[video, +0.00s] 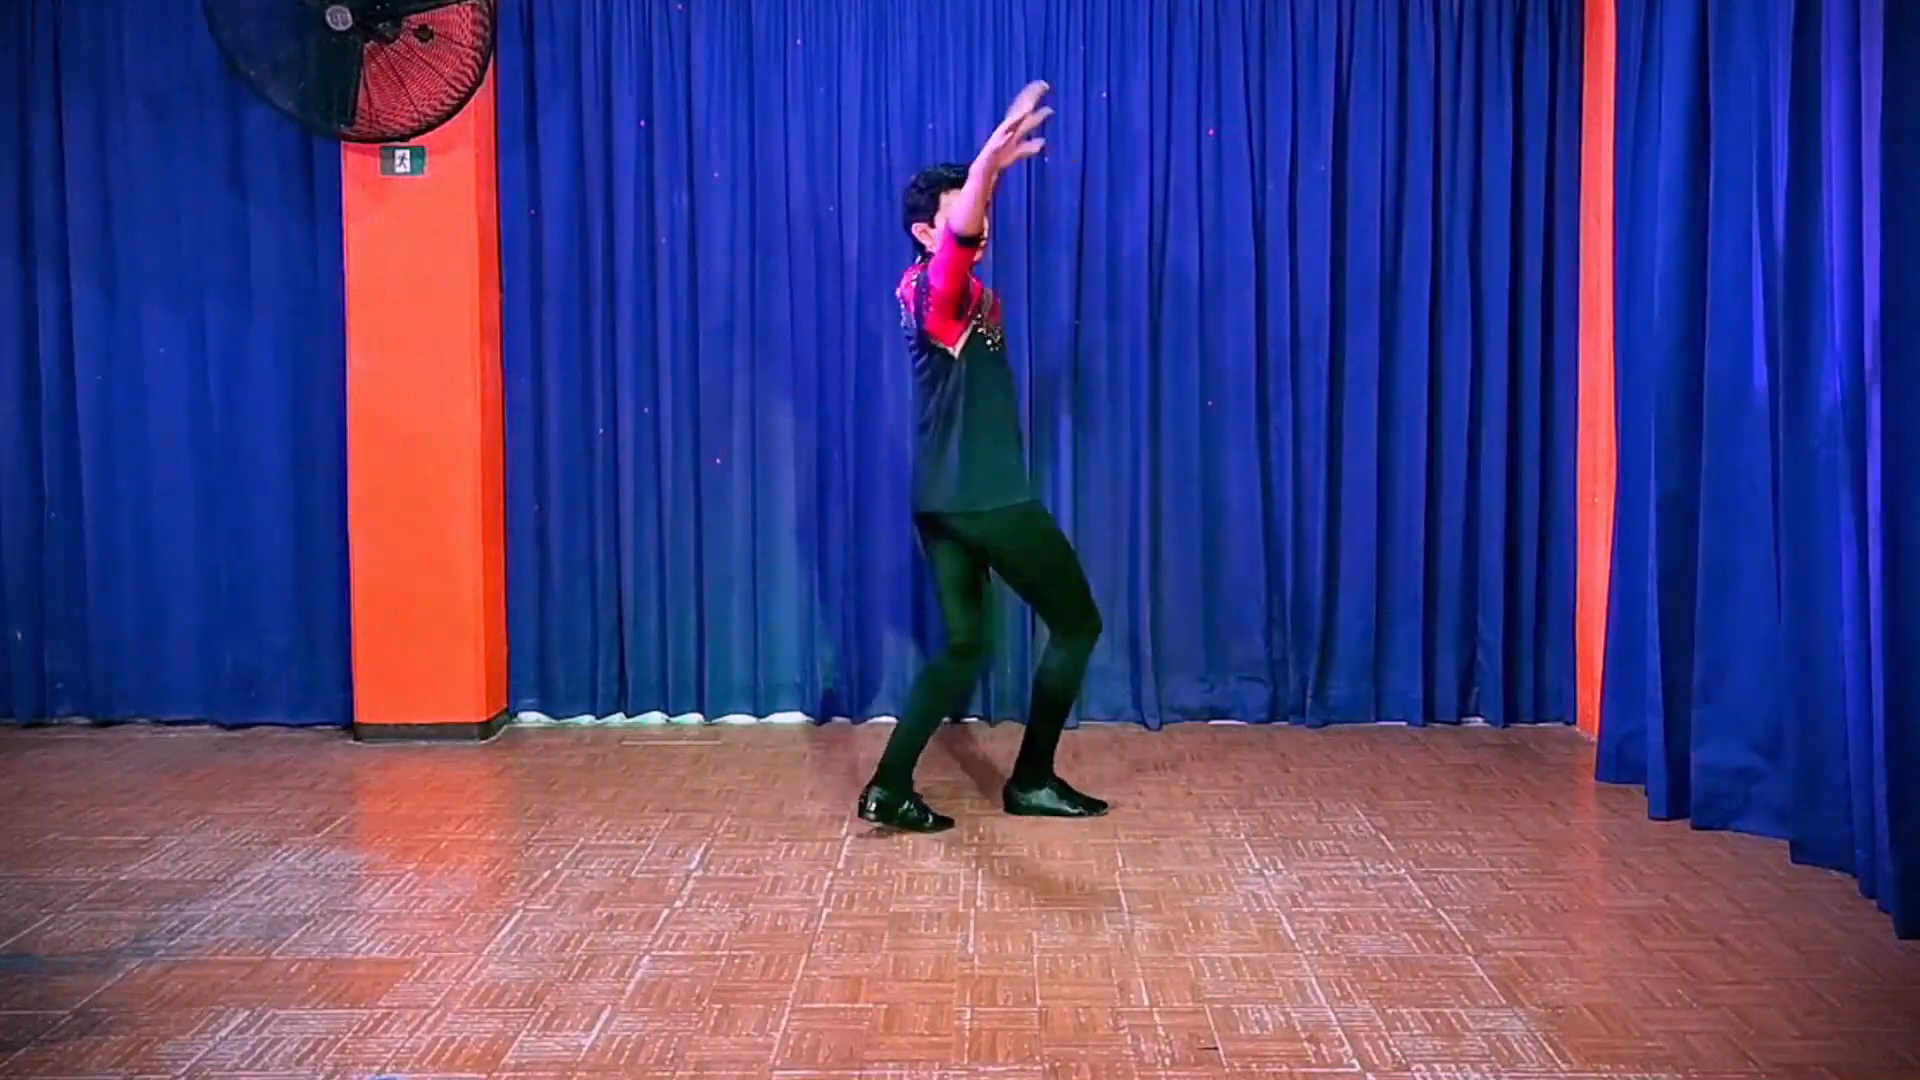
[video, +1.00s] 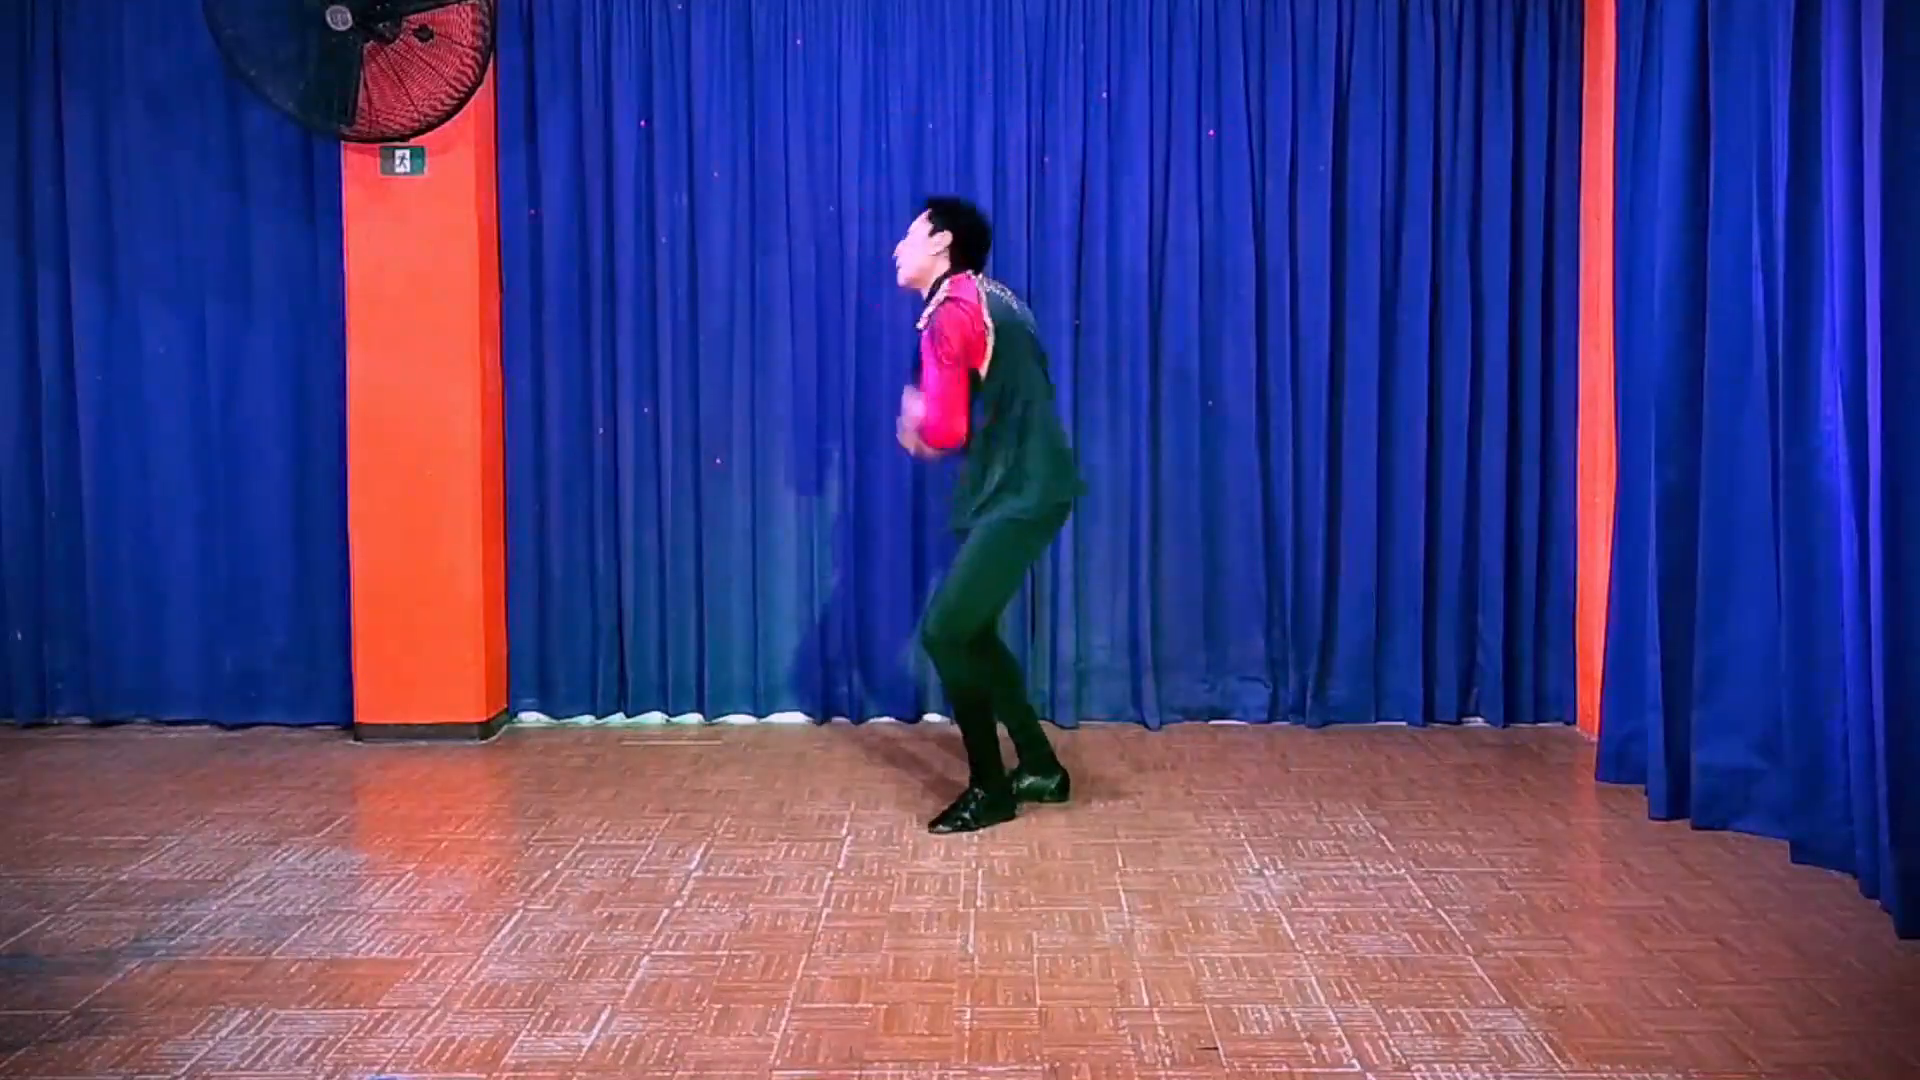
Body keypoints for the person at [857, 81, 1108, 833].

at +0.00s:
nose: (975, 224)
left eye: (972, 213)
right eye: (960, 216)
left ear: (939, 227)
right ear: (929, 229)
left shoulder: (928, 284)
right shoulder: (945, 290)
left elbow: (963, 197)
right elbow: (963, 228)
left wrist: (998, 144)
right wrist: (994, 156)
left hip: (943, 495)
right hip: (990, 493)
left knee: (964, 647)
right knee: (1076, 623)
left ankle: (889, 789)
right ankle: (1032, 779)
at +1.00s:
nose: (899, 246)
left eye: (912, 234)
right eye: (907, 233)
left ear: (942, 245)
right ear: (950, 248)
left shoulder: (951, 311)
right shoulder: (986, 297)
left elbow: (949, 431)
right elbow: (988, 410)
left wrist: (916, 425)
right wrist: (927, 426)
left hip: (1025, 491)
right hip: (1027, 487)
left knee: (945, 632)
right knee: (971, 630)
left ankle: (988, 789)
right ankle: (1041, 768)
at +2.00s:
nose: (954, 342)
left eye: (962, 332)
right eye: (949, 333)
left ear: (992, 316)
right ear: (959, 315)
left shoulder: (1037, 352)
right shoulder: (985, 336)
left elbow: (1069, 448)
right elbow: (989, 420)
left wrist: (969, 443)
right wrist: (955, 480)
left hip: (1042, 511)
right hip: (1002, 505)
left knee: (965, 646)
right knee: (946, 645)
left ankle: (1053, 797)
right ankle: (1030, 773)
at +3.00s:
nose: (950, 360)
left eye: (943, 350)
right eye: (940, 357)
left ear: (955, 316)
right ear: (957, 312)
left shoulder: (1020, 331)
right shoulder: (1001, 326)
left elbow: (1093, 369)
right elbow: (1015, 388)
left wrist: (1076, 462)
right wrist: (996, 445)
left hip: (1065, 508)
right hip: (1044, 505)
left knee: (968, 636)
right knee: (977, 633)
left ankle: (1050, 788)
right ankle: (1051, 774)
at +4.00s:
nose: (898, 242)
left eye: (898, 236)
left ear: (902, 243)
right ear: (967, 236)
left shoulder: (896, 304)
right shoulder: (1017, 285)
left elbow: (849, 394)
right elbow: (1088, 363)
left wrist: (888, 464)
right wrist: (1041, 442)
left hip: (953, 507)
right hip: (1023, 500)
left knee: (900, 634)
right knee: (944, 623)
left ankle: (959, 791)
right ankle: (1022, 743)